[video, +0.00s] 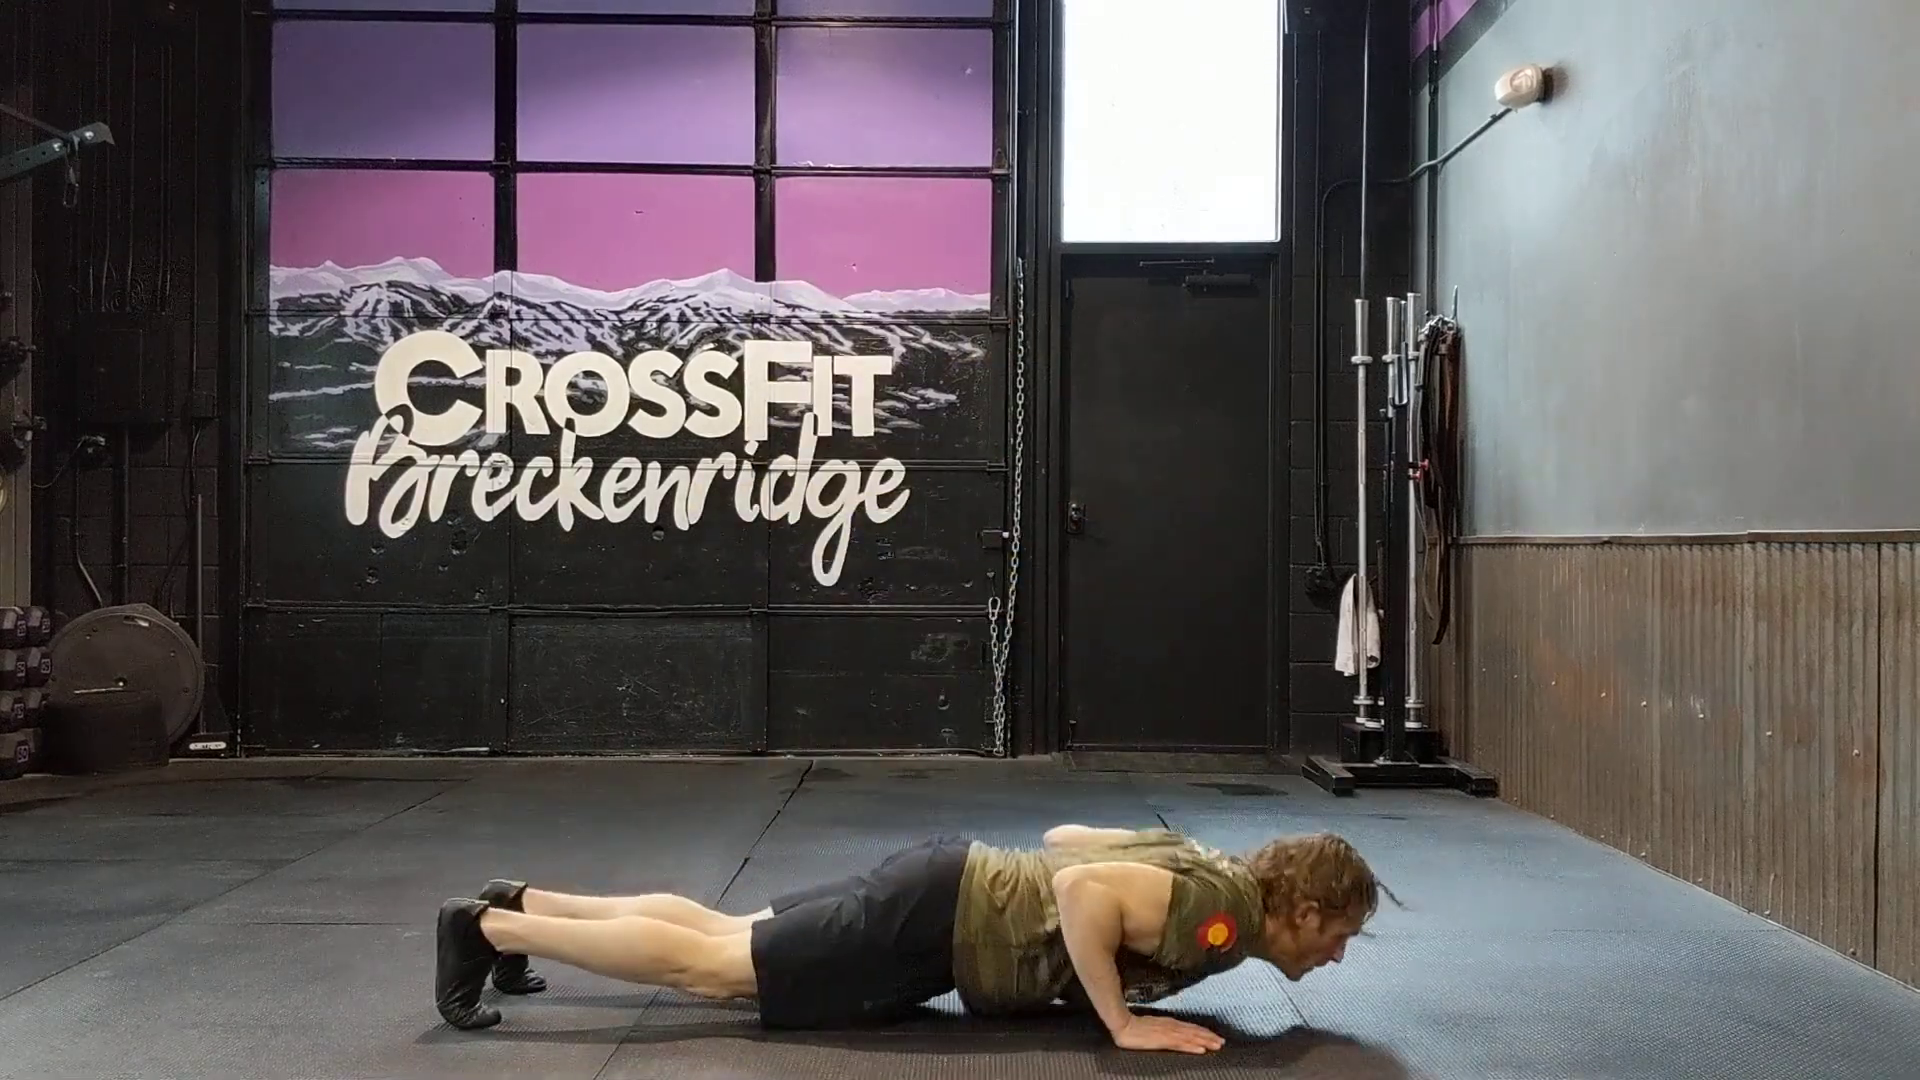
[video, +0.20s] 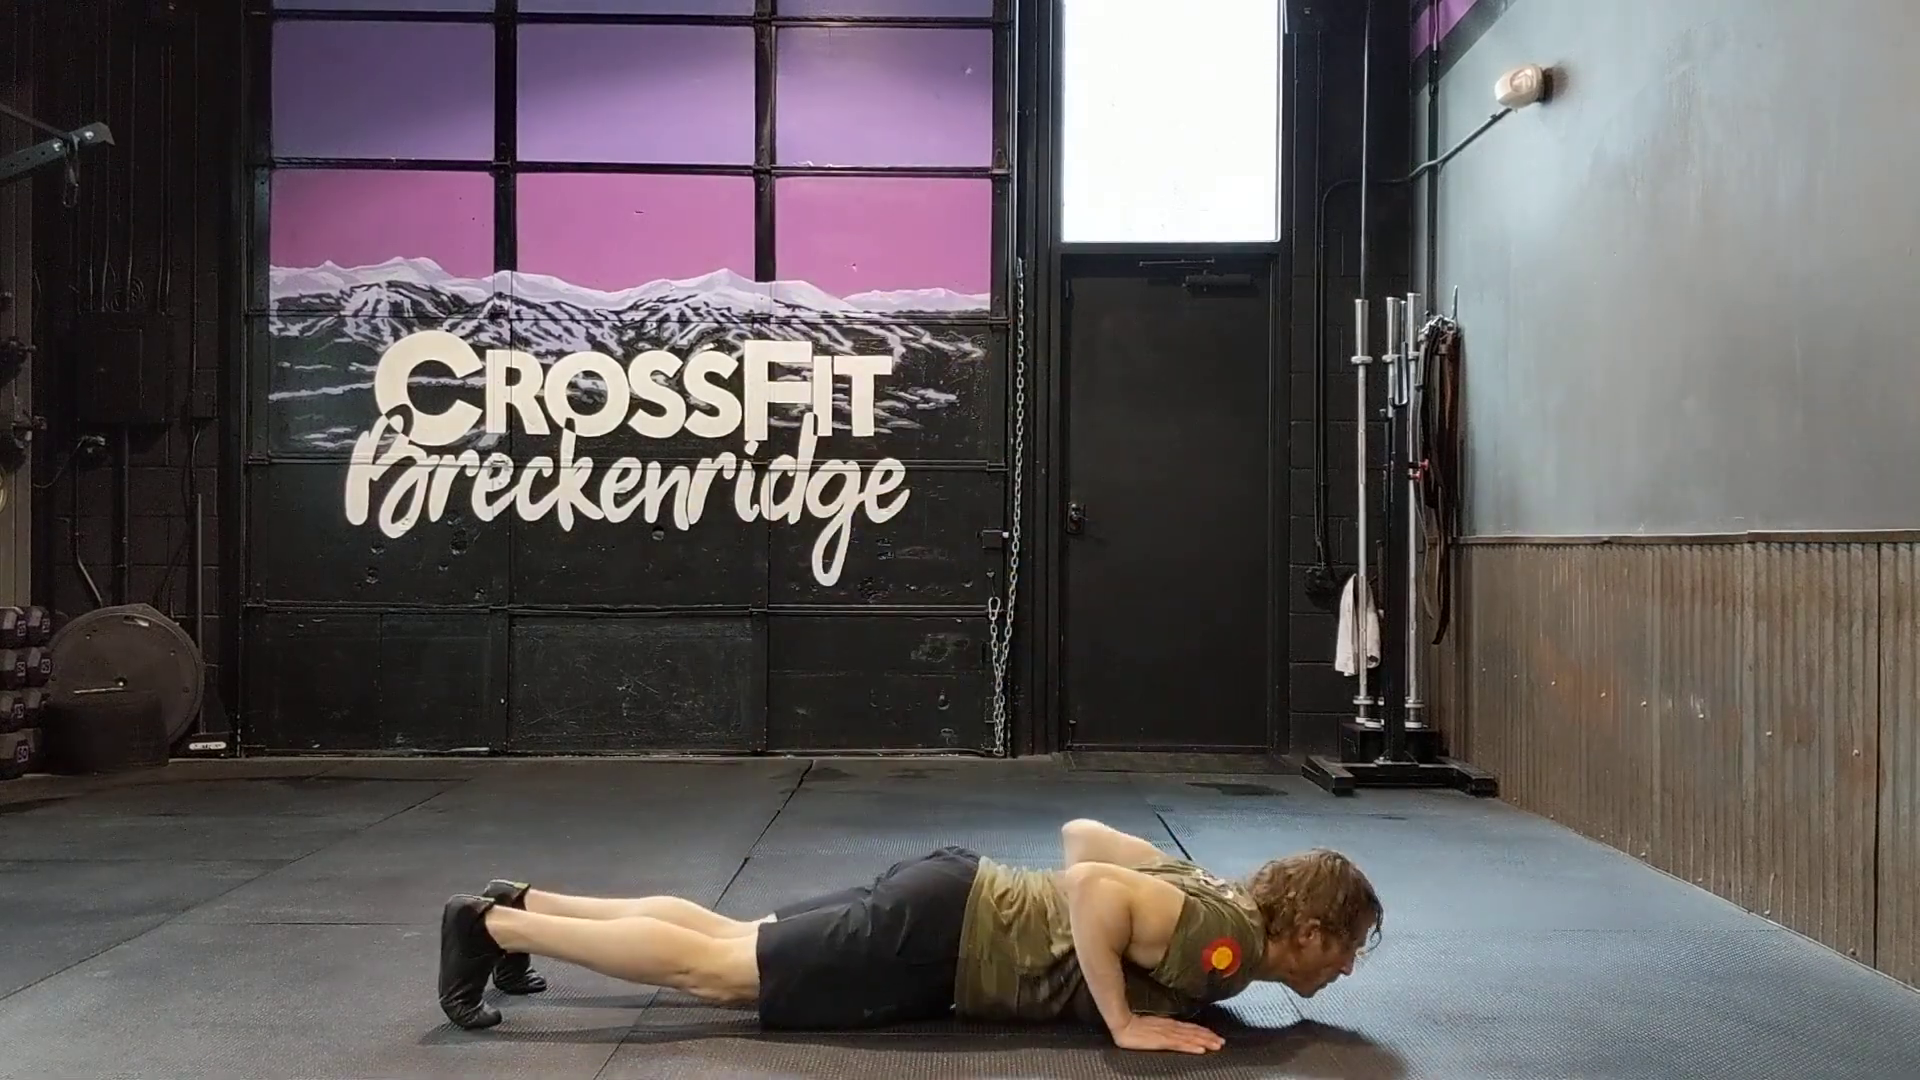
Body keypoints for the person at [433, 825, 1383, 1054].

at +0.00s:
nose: (1340, 953)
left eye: (1346, 939)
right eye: (1340, 936)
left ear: (1297, 905)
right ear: (1295, 914)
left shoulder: (1221, 898)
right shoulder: (1205, 906)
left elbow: (1090, 862)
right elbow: (1080, 895)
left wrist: (1104, 979)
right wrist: (1124, 1017)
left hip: (950, 909)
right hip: (939, 918)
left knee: (729, 938)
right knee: (713, 966)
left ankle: (529, 903)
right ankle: (495, 929)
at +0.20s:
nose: (1346, 965)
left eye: (1351, 951)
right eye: (1346, 950)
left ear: (1299, 916)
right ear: (1308, 932)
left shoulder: (1218, 907)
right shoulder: (1218, 932)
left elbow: (1097, 844)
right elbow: (1090, 875)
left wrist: (1122, 974)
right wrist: (1126, 1019)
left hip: (955, 901)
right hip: (946, 933)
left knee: (729, 941)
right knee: (716, 969)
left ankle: (526, 902)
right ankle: (499, 927)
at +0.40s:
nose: (1345, 936)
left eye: (1350, 922)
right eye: (1343, 919)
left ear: (1299, 885)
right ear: (1301, 900)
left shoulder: (1225, 893)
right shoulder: (1214, 909)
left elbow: (1095, 850)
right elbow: (1083, 887)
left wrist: (1099, 977)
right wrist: (1124, 1018)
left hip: (955, 888)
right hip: (948, 913)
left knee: (730, 932)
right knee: (714, 958)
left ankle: (520, 900)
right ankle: (492, 928)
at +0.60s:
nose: (1318, 783)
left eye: (1324, 769)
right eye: (1319, 766)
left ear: (1271, 728)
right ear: (1283, 750)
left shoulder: (1187, 752)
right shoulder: (1187, 779)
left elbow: (1090, 863)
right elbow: (1081, 880)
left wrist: (1110, 971)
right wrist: (1115, 1016)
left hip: (932, 819)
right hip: (928, 848)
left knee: (713, 900)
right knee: (706, 926)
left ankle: (501, 907)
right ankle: (476, 924)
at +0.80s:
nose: (1278, 762)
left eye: (1288, 751)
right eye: (1285, 747)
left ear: (1243, 691)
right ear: (1253, 706)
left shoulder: (1163, 699)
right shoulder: (1162, 711)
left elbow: (1106, 847)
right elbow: (1105, 859)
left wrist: (1112, 963)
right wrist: (1114, 1015)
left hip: (902, 759)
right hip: (898, 770)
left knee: (728, 870)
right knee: (721, 884)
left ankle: (513, 915)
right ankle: (495, 922)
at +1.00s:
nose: (1244, 755)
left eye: (1259, 748)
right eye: (1253, 738)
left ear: (1232, 699)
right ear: (1229, 698)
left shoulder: (1157, 682)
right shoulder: (1149, 687)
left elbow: (1111, 846)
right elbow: (1104, 859)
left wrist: (1112, 967)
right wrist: (1119, 1016)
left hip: (925, 606)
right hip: (905, 588)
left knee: (903, 795)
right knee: (856, 812)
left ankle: (699, 858)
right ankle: (648, 907)